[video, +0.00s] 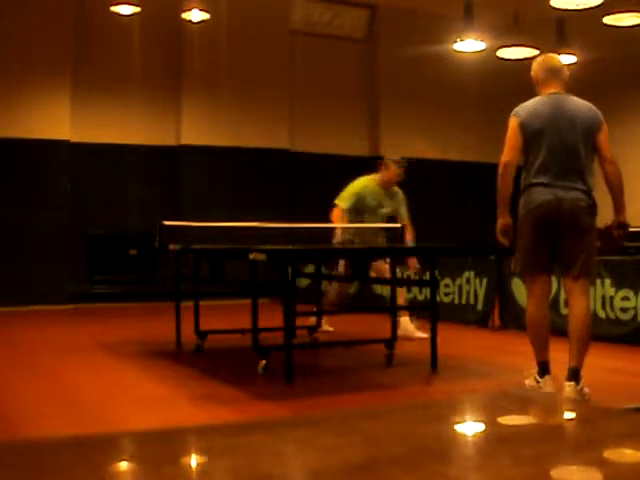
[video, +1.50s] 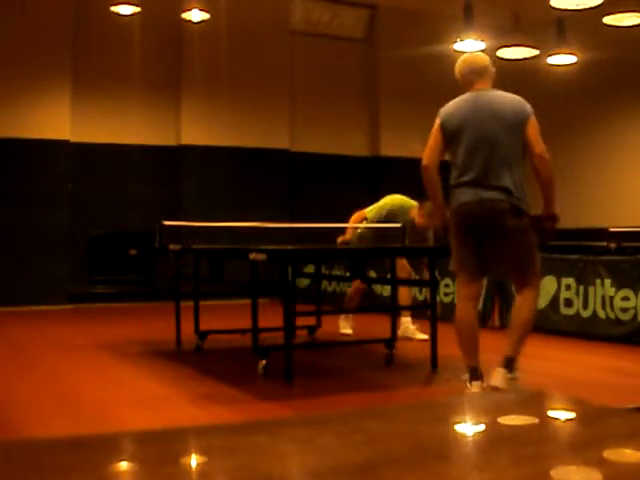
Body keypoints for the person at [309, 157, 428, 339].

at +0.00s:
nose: (396, 180)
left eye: (398, 176)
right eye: (394, 175)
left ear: (398, 176)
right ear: (383, 169)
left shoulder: (396, 194)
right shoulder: (362, 185)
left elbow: (406, 226)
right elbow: (338, 211)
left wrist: (409, 253)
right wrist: (340, 239)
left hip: (376, 247)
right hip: (351, 246)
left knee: (397, 279)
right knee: (340, 282)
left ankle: (403, 322)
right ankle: (318, 318)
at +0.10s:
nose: (419, 191)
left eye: (421, 187)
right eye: (417, 186)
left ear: (421, 188)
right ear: (407, 182)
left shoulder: (414, 208)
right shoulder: (382, 192)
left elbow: (419, 238)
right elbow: (349, 214)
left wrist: (422, 259)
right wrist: (346, 235)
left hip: (386, 246)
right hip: (360, 243)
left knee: (404, 276)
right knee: (350, 286)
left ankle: (405, 322)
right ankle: (322, 313)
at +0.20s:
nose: (431, 213)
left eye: (434, 210)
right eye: (431, 208)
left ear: (435, 209)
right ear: (425, 201)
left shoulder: (427, 222)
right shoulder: (397, 200)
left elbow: (431, 255)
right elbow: (358, 212)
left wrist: (439, 287)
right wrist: (347, 234)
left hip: (393, 247)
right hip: (365, 241)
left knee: (409, 275)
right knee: (353, 282)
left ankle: (406, 322)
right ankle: (325, 311)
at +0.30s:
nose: (435, 233)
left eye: (438, 231)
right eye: (436, 229)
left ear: (441, 229)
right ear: (432, 219)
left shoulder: (434, 237)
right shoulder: (404, 211)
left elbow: (439, 274)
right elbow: (364, 214)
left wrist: (443, 304)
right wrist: (350, 235)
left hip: (395, 249)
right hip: (369, 242)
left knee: (412, 273)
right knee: (352, 277)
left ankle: (407, 323)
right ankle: (328, 309)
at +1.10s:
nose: (424, 250)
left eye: (428, 249)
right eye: (425, 246)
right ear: (422, 235)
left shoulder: (416, 245)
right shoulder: (400, 217)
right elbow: (361, 217)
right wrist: (350, 236)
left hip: (387, 251)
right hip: (363, 246)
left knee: (406, 277)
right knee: (361, 283)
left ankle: (405, 323)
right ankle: (346, 317)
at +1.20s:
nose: (421, 251)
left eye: (424, 251)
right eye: (422, 248)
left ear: (424, 244)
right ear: (422, 239)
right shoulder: (402, 224)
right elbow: (363, 218)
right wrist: (350, 236)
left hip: (385, 250)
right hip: (362, 245)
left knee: (405, 278)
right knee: (360, 284)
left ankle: (405, 323)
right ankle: (346, 318)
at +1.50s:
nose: (424, 227)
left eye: (428, 225)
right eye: (424, 222)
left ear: (431, 221)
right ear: (420, 212)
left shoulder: (425, 230)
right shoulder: (394, 203)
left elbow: (425, 257)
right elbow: (358, 216)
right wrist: (348, 236)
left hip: (390, 246)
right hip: (365, 240)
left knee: (405, 274)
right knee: (361, 282)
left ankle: (406, 323)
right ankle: (345, 317)